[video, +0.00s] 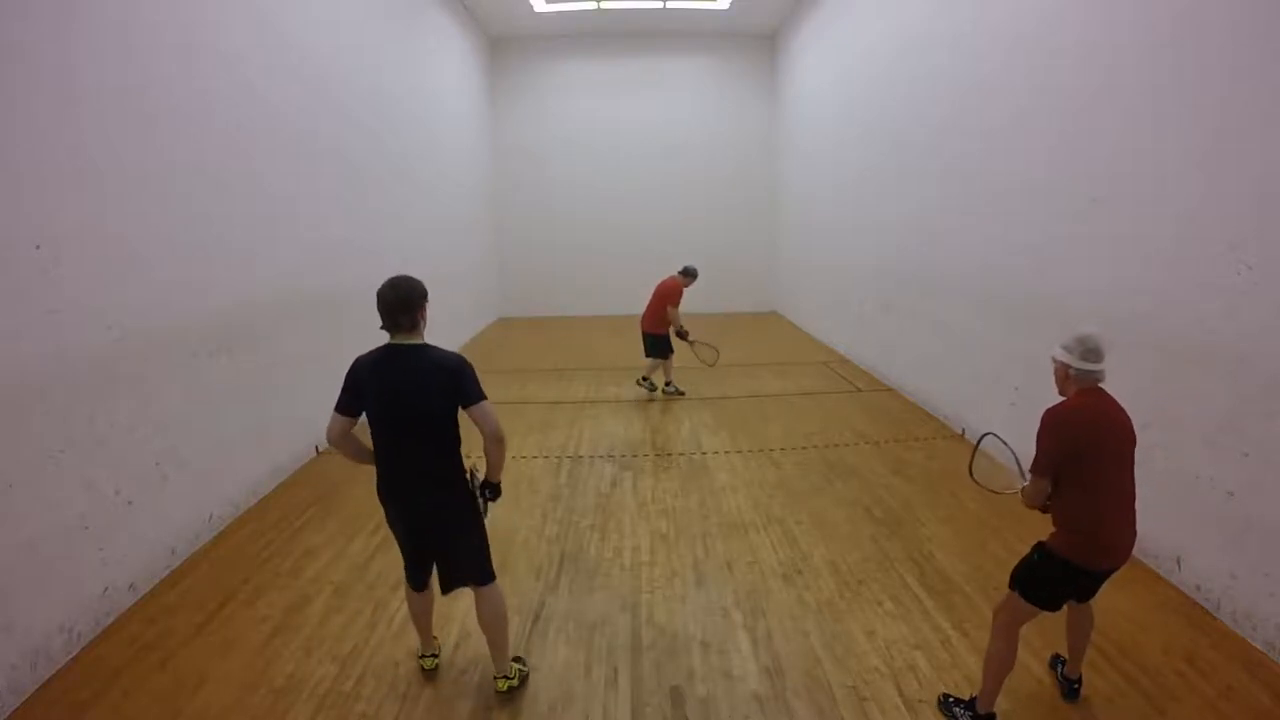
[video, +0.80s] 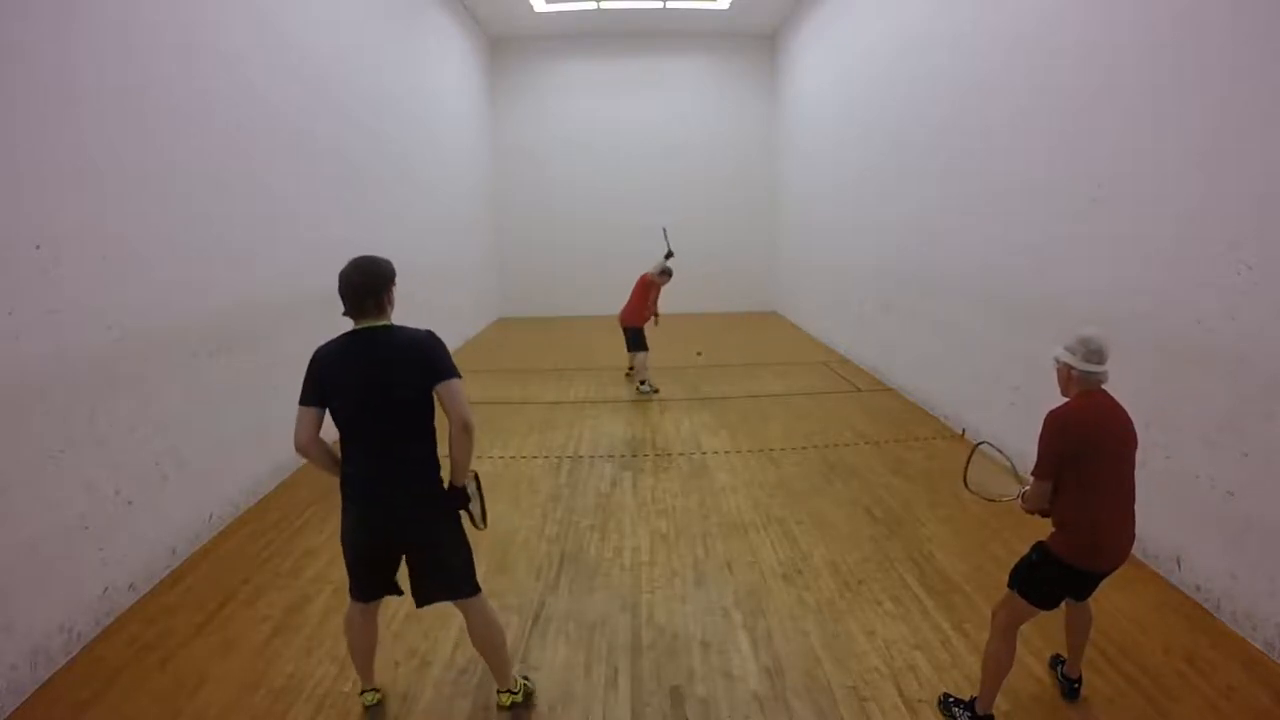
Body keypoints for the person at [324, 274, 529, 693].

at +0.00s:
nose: (426, 311)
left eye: (423, 305)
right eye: (425, 306)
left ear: (381, 316)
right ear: (423, 312)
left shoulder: (365, 368)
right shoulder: (450, 366)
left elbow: (337, 435)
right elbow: (493, 433)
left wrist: (378, 458)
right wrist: (492, 482)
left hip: (397, 493)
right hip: (448, 490)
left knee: (416, 571)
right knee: (483, 579)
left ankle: (427, 650)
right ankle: (504, 671)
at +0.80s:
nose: (396, 296)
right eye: (394, 289)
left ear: (345, 302)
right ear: (391, 296)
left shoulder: (326, 358)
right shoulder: (423, 344)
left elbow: (305, 441)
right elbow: (461, 420)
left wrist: (347, 471)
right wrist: (459, 485)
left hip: (363, 508)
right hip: (425, 503)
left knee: (362, 602)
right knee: (470, 599)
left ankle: (368, 690)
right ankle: (508, 686)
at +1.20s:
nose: (354, 303)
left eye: (351, 295)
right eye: (352, 296)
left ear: (301, 306)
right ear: (346, 303)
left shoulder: (274, 360)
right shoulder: (375, 354)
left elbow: (234, 437)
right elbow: (428, 428)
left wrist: (285, 475)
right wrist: (437, 495)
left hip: (307, 520)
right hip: (370, 513)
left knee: (312, 621)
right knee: (427, 610)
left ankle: (319, 715)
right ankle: (476, 701)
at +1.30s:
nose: (336, 311)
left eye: (333, 303)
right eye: (334, 304)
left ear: (283, 314)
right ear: (327, 311)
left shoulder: (257, 369)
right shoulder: (357, 363)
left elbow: (217, 448)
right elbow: (414, 436)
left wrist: (258, 497)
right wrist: (425, 496)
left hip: (292, 526)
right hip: (355, 519)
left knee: (289, 629)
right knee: (409, 616)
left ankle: (286, 716)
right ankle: (456, 707)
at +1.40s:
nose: (317, 344)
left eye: (313, 337)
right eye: (316, 338)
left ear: (266, 348)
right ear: (310, 344)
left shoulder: (244, 407)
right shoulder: (341, 396)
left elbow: (211, 492)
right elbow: (404, 467)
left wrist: (242, 546)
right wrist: (418, 519)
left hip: (282, 558)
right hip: (346, 552)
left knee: (269, 658)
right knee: (397, 642)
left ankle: (261, 718)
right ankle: (438, 715)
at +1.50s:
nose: (294, 370)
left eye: (291, 364)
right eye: (292, 365)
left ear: (244, 378)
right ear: (287, 372)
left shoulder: (225, 436)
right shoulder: (319, 423)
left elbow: (202, 525)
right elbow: (376, 494)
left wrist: (222, 576)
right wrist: (380, 538)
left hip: (267, 578)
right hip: (327, 570)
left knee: (265, 667)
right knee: (383, 644)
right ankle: (429, 713)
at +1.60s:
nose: (270, 389)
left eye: (267, 383)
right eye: (269, 384)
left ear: (223, 396)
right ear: (265, 390)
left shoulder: (205, 449)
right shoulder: (295, 432)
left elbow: (184, 538)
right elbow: (327, 503)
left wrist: (202, 588)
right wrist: (308, 534)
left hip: (262, 576)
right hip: (318, 560)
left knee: (265, 664)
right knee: (352, 614)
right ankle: (404, 683)